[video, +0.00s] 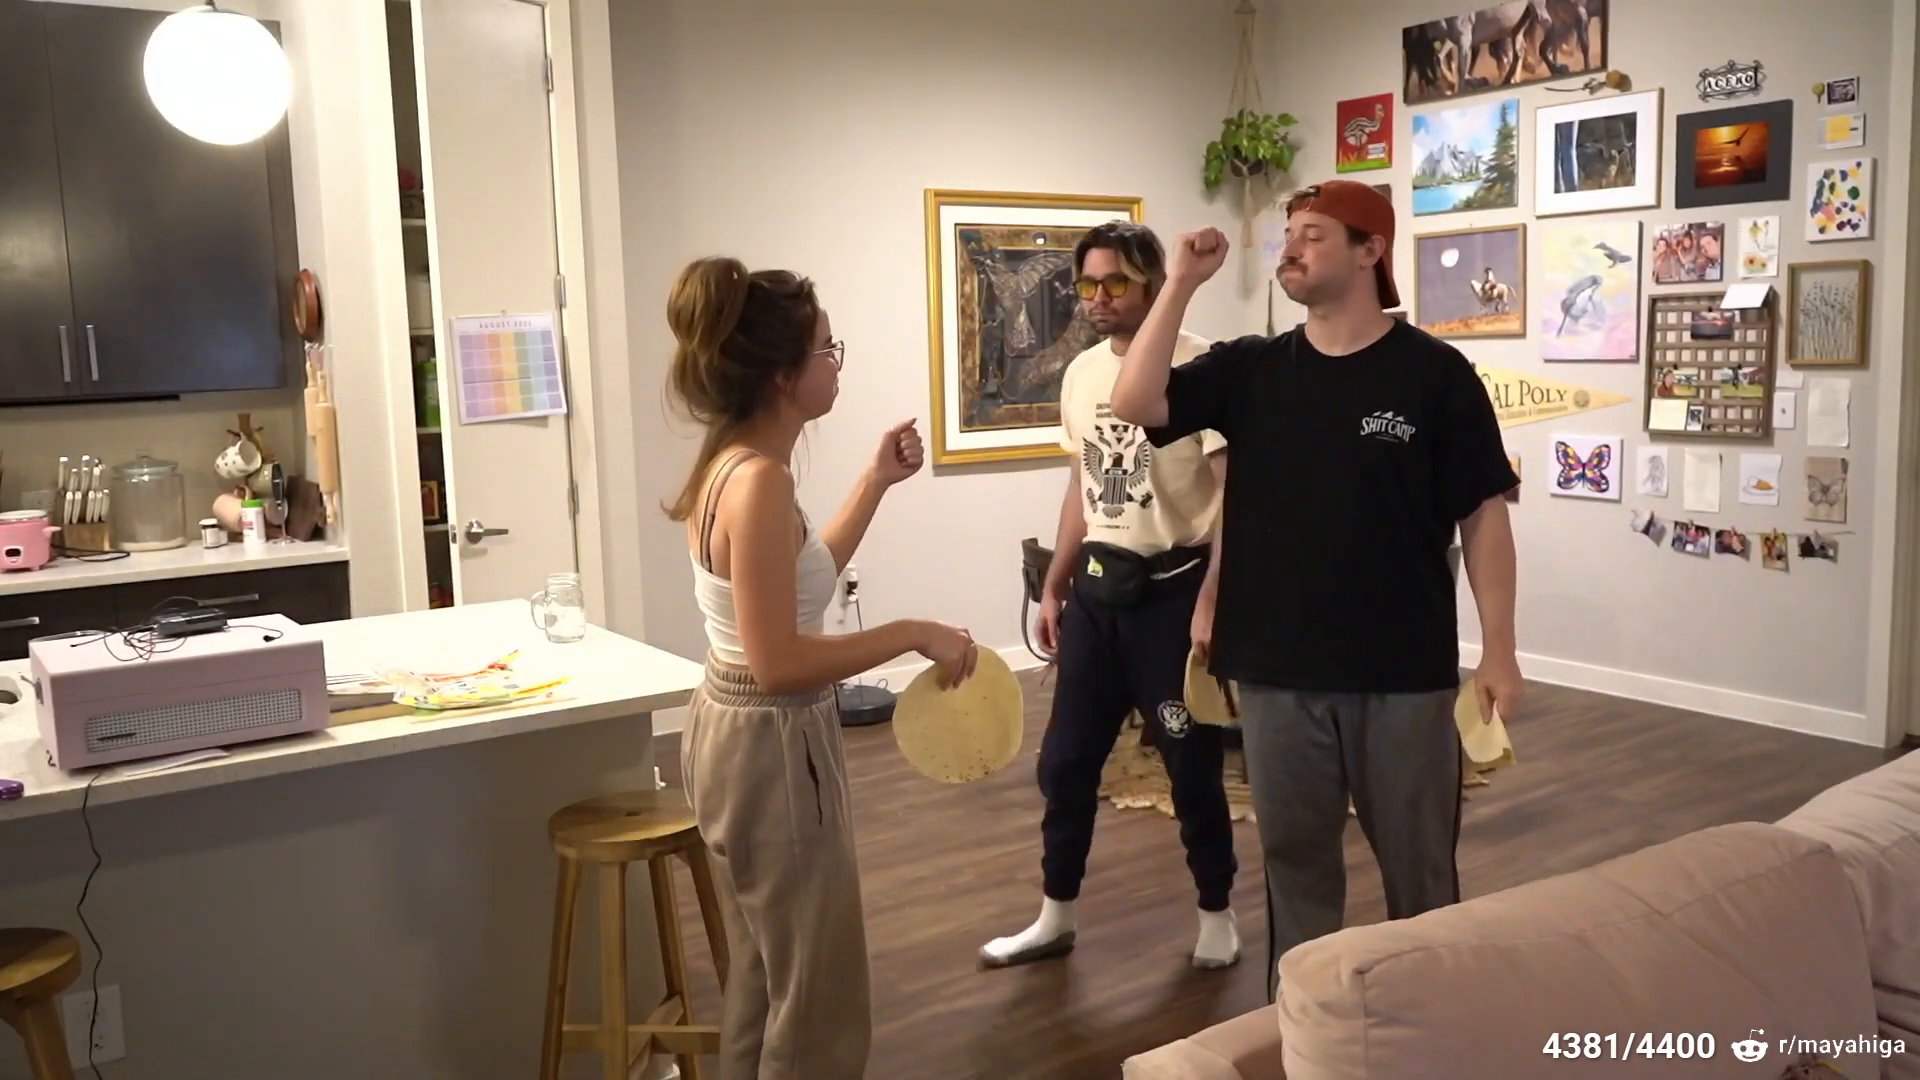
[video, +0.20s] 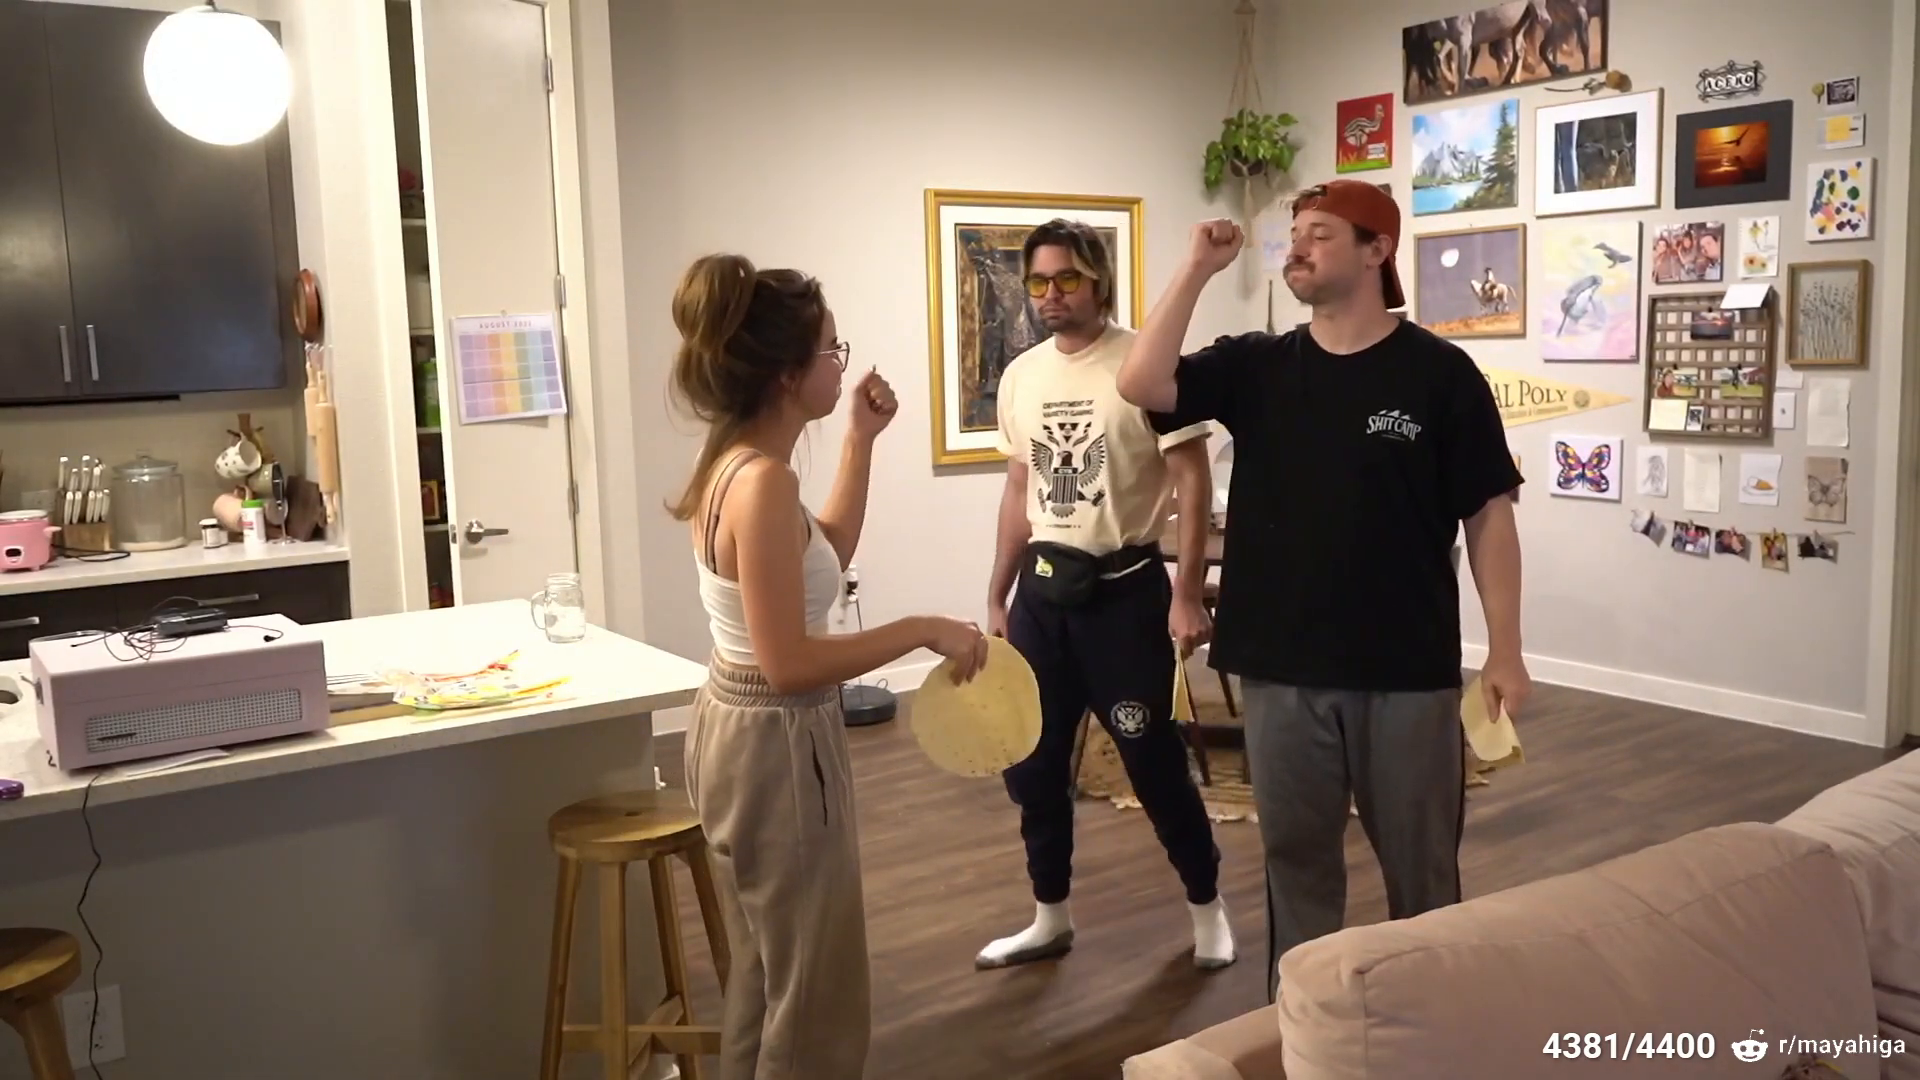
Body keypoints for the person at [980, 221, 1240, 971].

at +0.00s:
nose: (1097, 298)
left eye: (1114, 284)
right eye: (1088, 285)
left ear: (1154, 288)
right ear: (1081, 290)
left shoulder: (1197, 365)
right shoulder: (1081, 373)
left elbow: (1234, 486)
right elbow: (1083, 486)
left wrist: (1212, 599)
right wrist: (1054, 585)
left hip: (1176, 593)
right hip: (1096, 591)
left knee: (1191, 763)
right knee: (1066, 763)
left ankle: (1215, 914)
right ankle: (1057, 917)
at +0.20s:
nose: (1053, 293)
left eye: (1068, 280)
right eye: (1041, 282)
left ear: (1100, 282)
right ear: (1030, 289)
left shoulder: (1146, 361)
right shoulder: (1020, 376)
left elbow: (1193, 474)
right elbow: (1019, 490)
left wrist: (1188, 591)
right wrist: (1000, 593)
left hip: (1127, 591)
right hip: (1041, 593)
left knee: (1154, 763)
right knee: (1034, 765)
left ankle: (1207, 905)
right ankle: (1051, 917)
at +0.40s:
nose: (1001, 300)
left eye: (1016, 286)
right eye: (989, 289)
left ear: (1050, 286)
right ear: (979, 293)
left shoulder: (1106, 365)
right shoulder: (973, 376)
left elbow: (1145, 476)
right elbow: (962, 490)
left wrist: (1145, 593)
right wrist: (924, 595)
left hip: (1084, 589)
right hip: (1001, 588)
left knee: (1107, 777)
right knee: (1014, 769)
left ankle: (1171, 903)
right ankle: (1048, 918)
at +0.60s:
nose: (980, 303)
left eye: (995, 287)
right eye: (966, 290)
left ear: (1025, 286)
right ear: (953, 297)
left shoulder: (1084, 363)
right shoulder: (944, 376)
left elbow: (1122, 480)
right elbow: (922, 497)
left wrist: (1113, 585)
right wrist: (875, 594)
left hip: (1065, 586)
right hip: (982, 586)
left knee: (1061, 772)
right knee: (997, 761)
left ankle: (1085, 927)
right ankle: (1046, 912)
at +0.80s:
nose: (976, 305)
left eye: (990, 290)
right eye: (960, 293)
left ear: (1020, 290)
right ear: (945, 300)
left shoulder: (1077, 367)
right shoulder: (934, 378)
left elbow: (1117, 484)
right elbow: (917, 499)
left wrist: (1101, 593)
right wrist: (874, 600)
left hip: (1056, 596)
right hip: (969, 594)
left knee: (1035, 777)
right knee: (980, 766)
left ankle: (1014, 953)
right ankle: (1041, 898)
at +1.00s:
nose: (986, 300)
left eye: (1003, 285)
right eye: (972, 287)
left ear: (1033, 288)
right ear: (956, 293)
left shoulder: (1084, 371)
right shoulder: (940, 375)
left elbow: (1116, 494)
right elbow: (927, 498)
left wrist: (1109, 614)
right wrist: (902, 613)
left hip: (1049, 603)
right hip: (958, 601)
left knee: (1032, 793)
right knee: (945, 793)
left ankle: (1014, 956)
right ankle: (1025, 879)